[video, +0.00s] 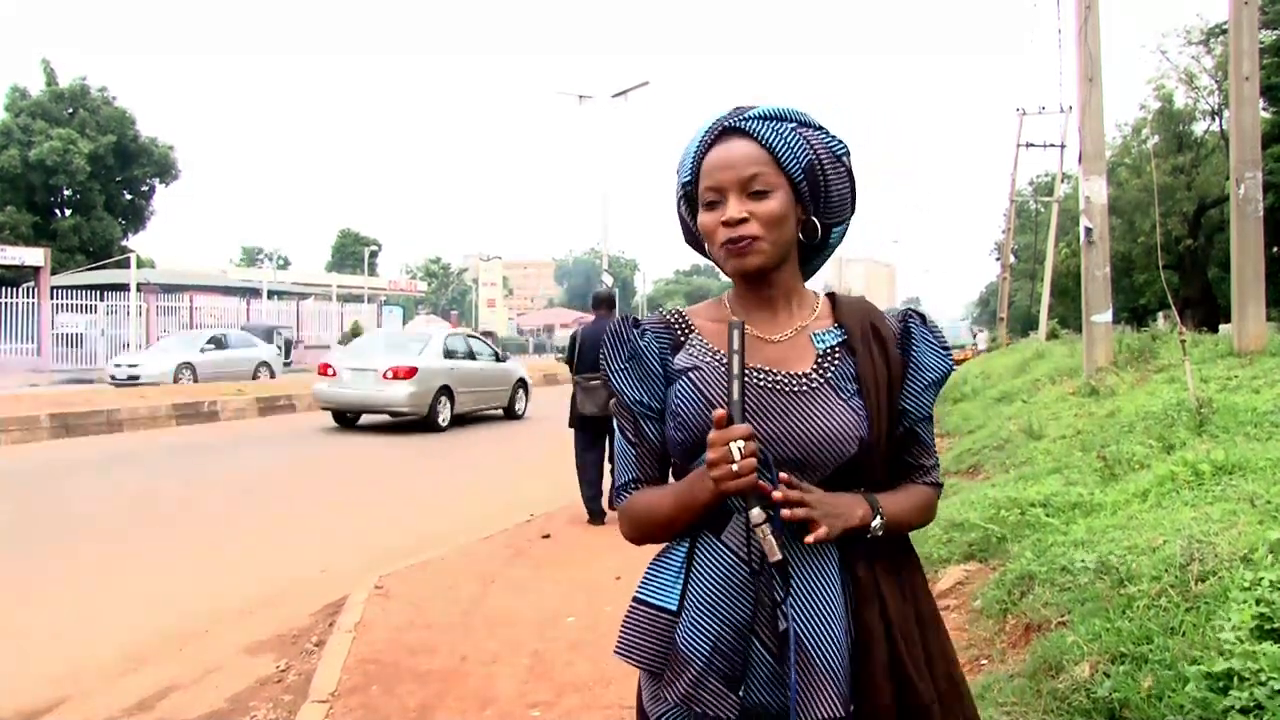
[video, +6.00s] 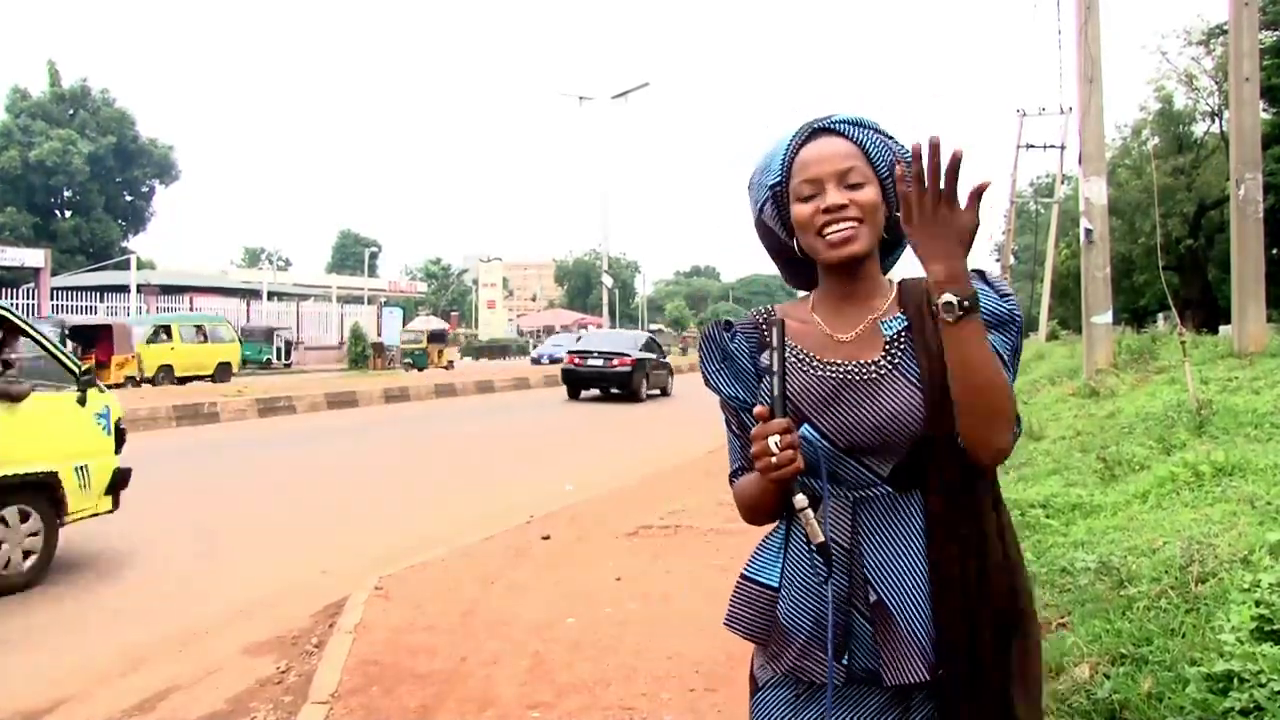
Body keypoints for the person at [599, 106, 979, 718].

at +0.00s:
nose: (733, 215)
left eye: (758, 192)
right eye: (713, 201)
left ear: (805, 205)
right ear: (697, 222)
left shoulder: (878, 339)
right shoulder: (660, 348)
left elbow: (923, 492)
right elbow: (634, 519)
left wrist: (858, 508)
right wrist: (704, 484)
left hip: (852, 627)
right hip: (713, 636)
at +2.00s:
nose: (817, 199)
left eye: (845, 182)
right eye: (804, 185)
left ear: (893, 207)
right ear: (789, 207)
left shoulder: (956, 333)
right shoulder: (756, 341)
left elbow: (1003, 504)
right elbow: (737, 511)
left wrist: (936, 464)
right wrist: (767, 466)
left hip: (924, 627)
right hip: (796, 631)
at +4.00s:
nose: (781, 205)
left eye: (810, 186)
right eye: (769, 189)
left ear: (860, 209)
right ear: (757, 207)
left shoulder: (927, 335)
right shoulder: (723, 338)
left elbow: (954, 504)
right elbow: (697, 509)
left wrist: (927, 477)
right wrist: (739, 463)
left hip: (890, 636)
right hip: (758, 634)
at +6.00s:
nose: (833, 202)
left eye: (852, 182)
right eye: (808, 193)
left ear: (891, 199)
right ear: (789, 223)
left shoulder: (954, 304)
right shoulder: (756, 341)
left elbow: (991, 443)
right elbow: (751, 508)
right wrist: (770, 476)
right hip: (807, 633)